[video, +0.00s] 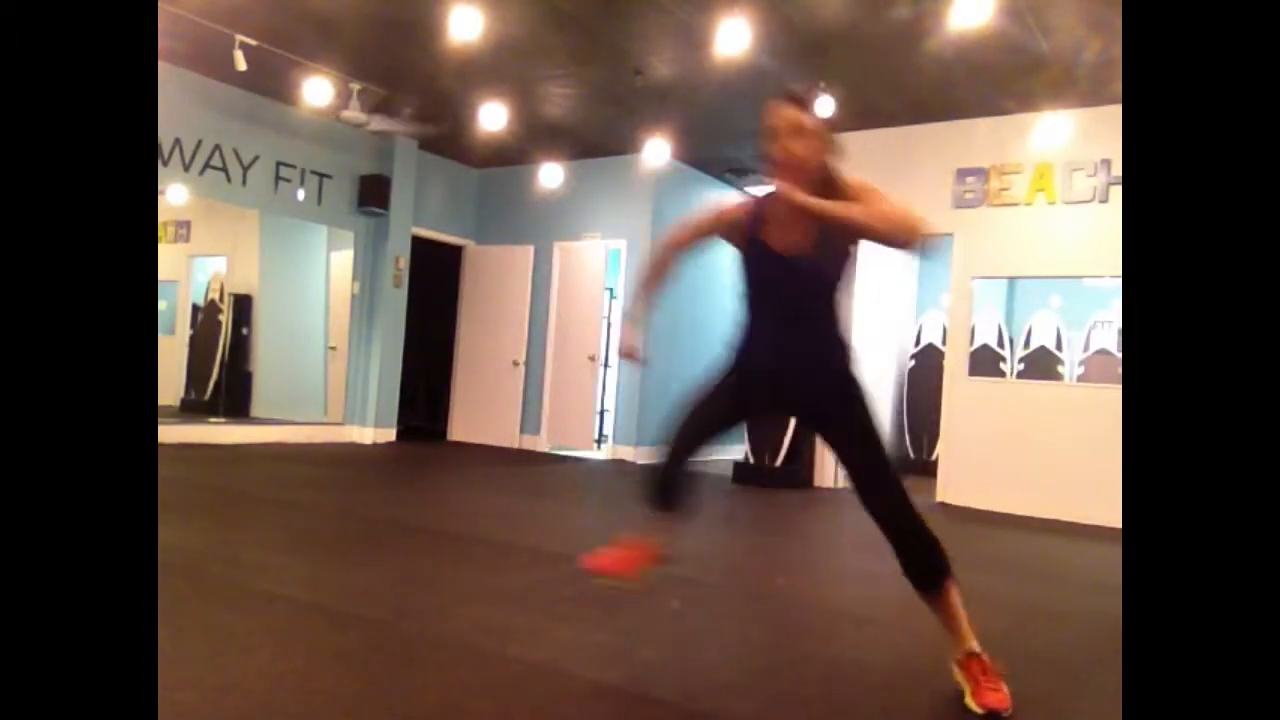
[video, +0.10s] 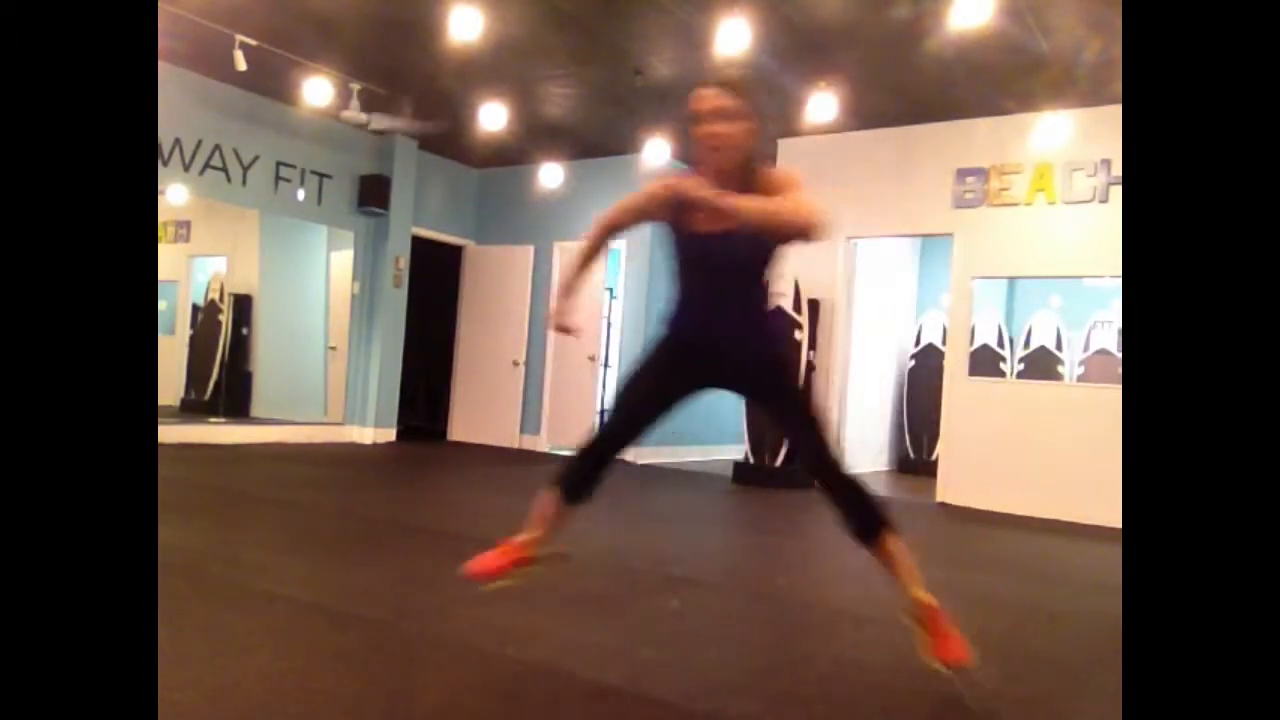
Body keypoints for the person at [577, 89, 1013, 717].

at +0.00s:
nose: (787, 148)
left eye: (800, 136)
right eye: (776, 137)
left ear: (824, 144)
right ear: (765, 147)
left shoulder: (847, 199)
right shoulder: (746, 214)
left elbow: (911, 230)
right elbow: (672, 247)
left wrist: (818, 206)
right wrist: (636, 315)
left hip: (823, 380)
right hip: (754, 375)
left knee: (887, 504)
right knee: (680, 448)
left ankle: (969, 651)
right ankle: (654, 539)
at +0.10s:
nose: (714, 131)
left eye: (727, 118)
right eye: (702, 121)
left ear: (754, 129)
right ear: (690, 134)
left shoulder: (776, 184)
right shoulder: (676, 193)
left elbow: (806, 221)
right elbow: (607, 227)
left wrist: (733, 208)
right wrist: (565, 295)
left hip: (759, 353)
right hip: (688, 349)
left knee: (826, 469)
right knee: (607, 438)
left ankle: (919, 598)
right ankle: (529, 540)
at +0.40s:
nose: (516, 253)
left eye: (530, 242)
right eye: (507, 242)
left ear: (558, 252)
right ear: (499, 250)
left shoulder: (579, 317)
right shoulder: (496, 301)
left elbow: (568, 414)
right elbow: (474, 337)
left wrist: (504, 346)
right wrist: (461, 373)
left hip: (582, 414)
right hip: (524, 400)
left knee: (564, 550)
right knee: (473, 492)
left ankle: (604, 535)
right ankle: (462, 604)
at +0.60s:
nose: (480, 290)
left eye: (496, 279)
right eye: (472, 277)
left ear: (524, 290)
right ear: (461, 283)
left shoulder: (551, 354)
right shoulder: (459, 334)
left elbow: (531, 453)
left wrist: (464, 384)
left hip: (553, 428)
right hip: (492, 405)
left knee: (494, 548)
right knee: (464, 493)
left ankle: (452, 525)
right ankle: (461, 604)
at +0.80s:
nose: (529, 228)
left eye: (544, 219)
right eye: (520, 216)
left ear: (565, 233)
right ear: (506, 225)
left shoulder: (586, 297)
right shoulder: (497, 281)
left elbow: (617, 394)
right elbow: (452, 314)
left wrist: (533, 374)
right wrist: (430, 344)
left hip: (553, 419)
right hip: (494, 406)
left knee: (515, 520)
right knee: (477, 507)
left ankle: (457, 503)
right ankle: (462, 603)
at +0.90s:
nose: (575, 181)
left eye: (586, 172)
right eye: (567, 171)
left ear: (604, 185)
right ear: (553, 183)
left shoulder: (627, 259)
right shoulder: (525, 243)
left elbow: (648, 356)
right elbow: (462, 299)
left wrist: (599, 404)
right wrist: (432, 339)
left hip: (575, 382)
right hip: (512, 373)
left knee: (560, 498)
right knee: (490, 484)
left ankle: (517, 503)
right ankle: (463, 601)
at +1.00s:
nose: (622, 144)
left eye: (634, 135)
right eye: (615, 134)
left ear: (652, 146)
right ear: (599, 143)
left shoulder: (658, 223)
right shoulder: (564, 205)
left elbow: (666, 312)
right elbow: (505, 267)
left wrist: (664, 390)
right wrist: (461, 330)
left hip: (603, 359)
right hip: (541, 351)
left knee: (629, 452)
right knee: (506, 465)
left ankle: (597, 541)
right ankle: (465, 598)